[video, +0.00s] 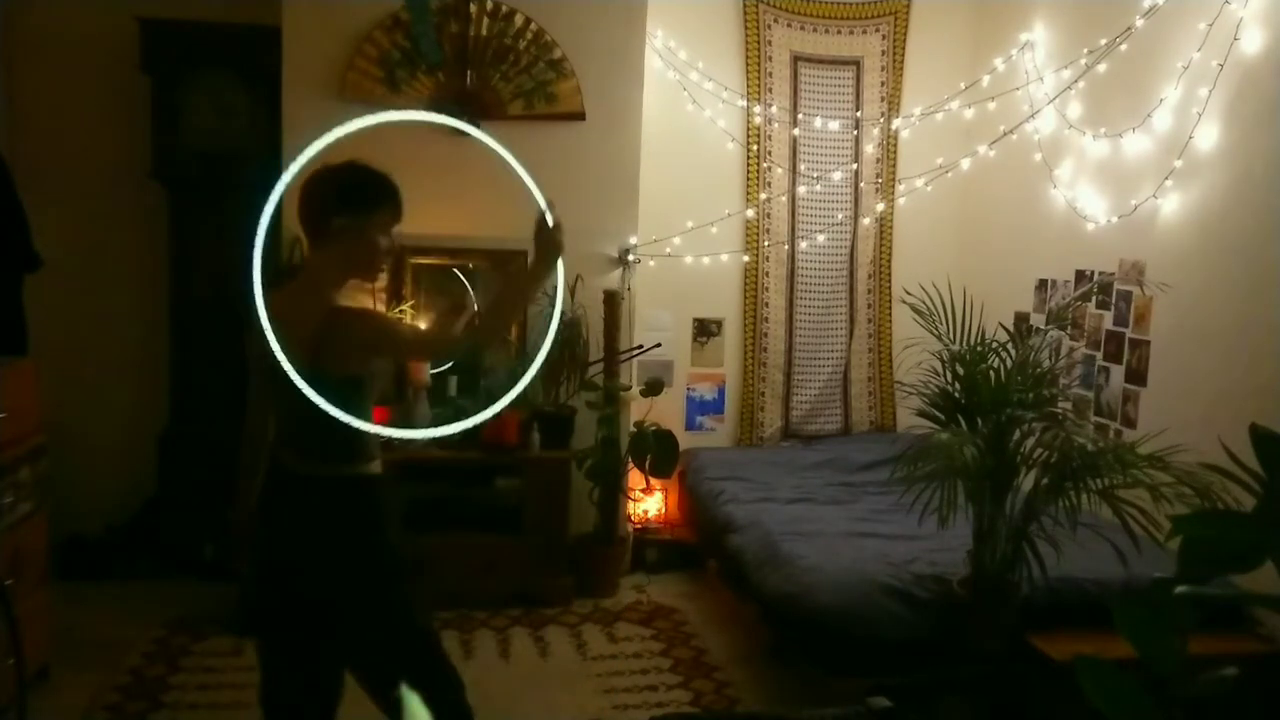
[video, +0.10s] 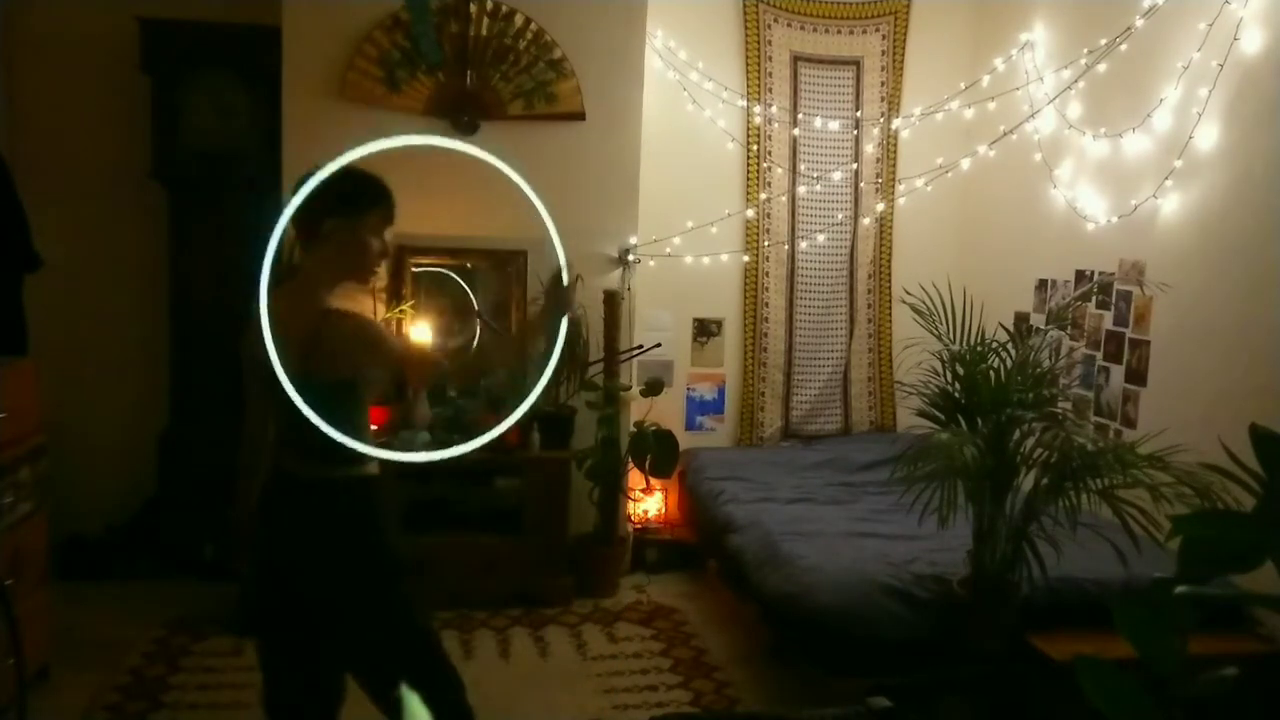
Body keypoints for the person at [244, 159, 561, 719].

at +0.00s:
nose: (393, 247)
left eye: (393, 231)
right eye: (384, 230)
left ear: (334, 231)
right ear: (340, 230)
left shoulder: (280, 308)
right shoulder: (343, 324)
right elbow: (464, 354)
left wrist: (452, 326)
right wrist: (533, 271)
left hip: (287, 525)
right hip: (341, 534)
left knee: (295, 700)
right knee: (441, 697)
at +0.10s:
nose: (384, 250)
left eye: (385, 234)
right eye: (374, 231)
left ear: (319, 233)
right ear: (327, 230)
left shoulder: (269, 320)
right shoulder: (347, 331)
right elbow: (432, 371)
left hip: (278, 546)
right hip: (343, 550)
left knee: (299, 703)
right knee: (442, 699)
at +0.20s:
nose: (382, 251)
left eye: (382, 235)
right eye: (371, 233)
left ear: (321, 236)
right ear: (327, 234)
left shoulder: (270, 325)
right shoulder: (339, 333)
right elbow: (419, 397)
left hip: (284, 551)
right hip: (343, 554)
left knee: (299, 704)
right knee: (442, 698)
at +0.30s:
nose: (382, 251)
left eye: (383, 236)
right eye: (374, 234)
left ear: (317, 234)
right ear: (337, 235)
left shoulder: (268, 321)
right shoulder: (341, 332)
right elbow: (413, 420)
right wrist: (492, 439)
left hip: (283, 543)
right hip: (345, 547)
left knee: (300, 704)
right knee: (444, 699)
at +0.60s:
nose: (426, 242)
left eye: (426, 226)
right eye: (421, 225)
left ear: (353, 220)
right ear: (394, 225)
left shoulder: (300, 305)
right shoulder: (403, 309)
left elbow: (296, 433)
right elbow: (418, 437)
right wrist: (499, 520)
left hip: (316, 541)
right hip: (401, 543)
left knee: (308, 705)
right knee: (481, 704)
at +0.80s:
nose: (459, 239)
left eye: (458, 225)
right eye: (451, 223)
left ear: (390, 228)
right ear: (415, 226)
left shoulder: (338, 321)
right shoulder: (453, 297)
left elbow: (336, 435)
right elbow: (544, 331)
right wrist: (632, 349)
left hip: (371, 498)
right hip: (443, 498)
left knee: (375, 642)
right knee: (503, 655)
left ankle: (315, 716)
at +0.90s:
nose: (461, 239)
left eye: (459, 224)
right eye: (453, 222)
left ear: (393, 228)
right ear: (415, 225)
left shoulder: (349, 312)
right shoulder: (424, 294)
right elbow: (544, 288)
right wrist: (653, 268)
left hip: (377, 504)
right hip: (434, 505)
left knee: (386, 638)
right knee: (506, 664)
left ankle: (314, 714)